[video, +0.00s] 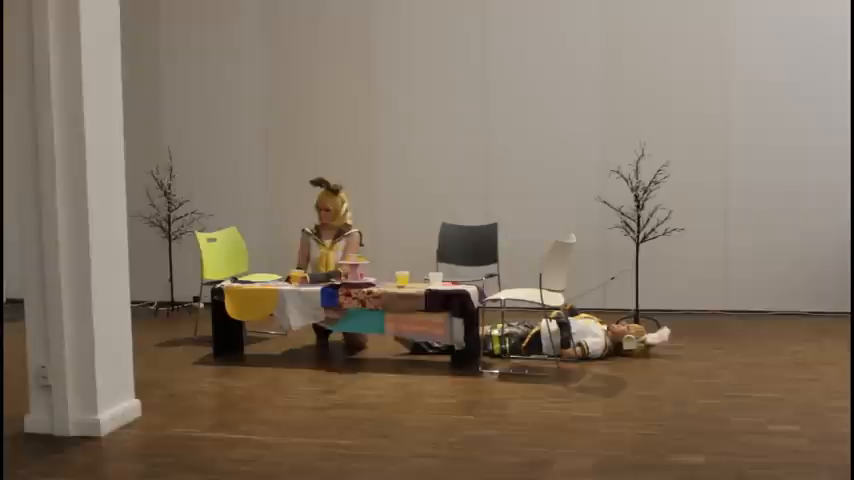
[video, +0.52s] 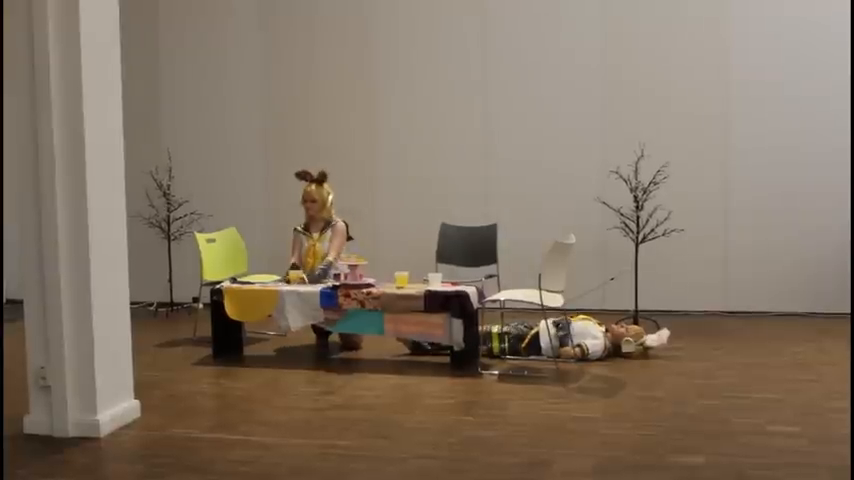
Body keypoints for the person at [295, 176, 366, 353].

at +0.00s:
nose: (322, 215)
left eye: (327, 210)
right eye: (319, 209)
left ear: (340, 211)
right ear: (315, 209)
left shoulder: (351, 234)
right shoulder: (309, 234)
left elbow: (345, 271)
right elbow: (301, 268)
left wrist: (311, 278)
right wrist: (296, 278)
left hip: (343, 291)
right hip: (315, 291)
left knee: (357, 343)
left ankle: (351, 337)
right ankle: (321, 338)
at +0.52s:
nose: (307, 206)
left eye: (313, 202)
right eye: (305, 201)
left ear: (325, 203)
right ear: (301, 202)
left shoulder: (337, 227)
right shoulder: (301, 230)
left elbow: (333, 255)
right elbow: (295, 258)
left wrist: (317, 275)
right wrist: (292, 274)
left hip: (334, 285)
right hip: (308, 286)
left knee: (353, 342)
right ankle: (320, 336)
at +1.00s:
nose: (296, 215)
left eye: (301, 211)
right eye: (296, 210)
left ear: (315, 213)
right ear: (296, 211)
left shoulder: (334, 236)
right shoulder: (296, 240)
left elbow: (338, 270)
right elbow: (271, 261)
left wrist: (308, 279)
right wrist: (246, 273)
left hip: (338, 295)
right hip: (312, 298)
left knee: (354, 343)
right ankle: (321, 338)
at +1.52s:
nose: (313, 216)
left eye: (318, 211)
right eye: (309, 211)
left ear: (329, 212)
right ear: (305, 212)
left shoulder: (342, 235)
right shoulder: (299, 238)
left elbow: (340, 270)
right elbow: (291, 273)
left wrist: (310, 279)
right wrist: (283, 266)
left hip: (338, 293)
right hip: (310, 295)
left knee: (354, 343)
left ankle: (348, 333)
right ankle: (321, 338)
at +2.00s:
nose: (315, 212)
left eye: (321, 208)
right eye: (312, 207)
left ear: (332, 209)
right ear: (308, 207)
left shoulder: (343, 234)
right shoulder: (301, 234)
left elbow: (338, 269)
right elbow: (291, 270)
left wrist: (307, 279)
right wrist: (290, 278)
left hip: (337, 291)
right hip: (310, 293)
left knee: (353, 344)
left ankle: (347, 336)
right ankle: (319, 339)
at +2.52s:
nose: (306, 212)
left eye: (311, 208)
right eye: (303, 208)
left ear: (323, 208)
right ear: (300, 209)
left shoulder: (337, 230)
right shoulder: (303, 237)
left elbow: (340, 267)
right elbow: (298, 271)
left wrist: (316, 277)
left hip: (340, 288)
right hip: (314, 291)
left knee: (355, 343)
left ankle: (347, 332)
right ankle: (321, 337)